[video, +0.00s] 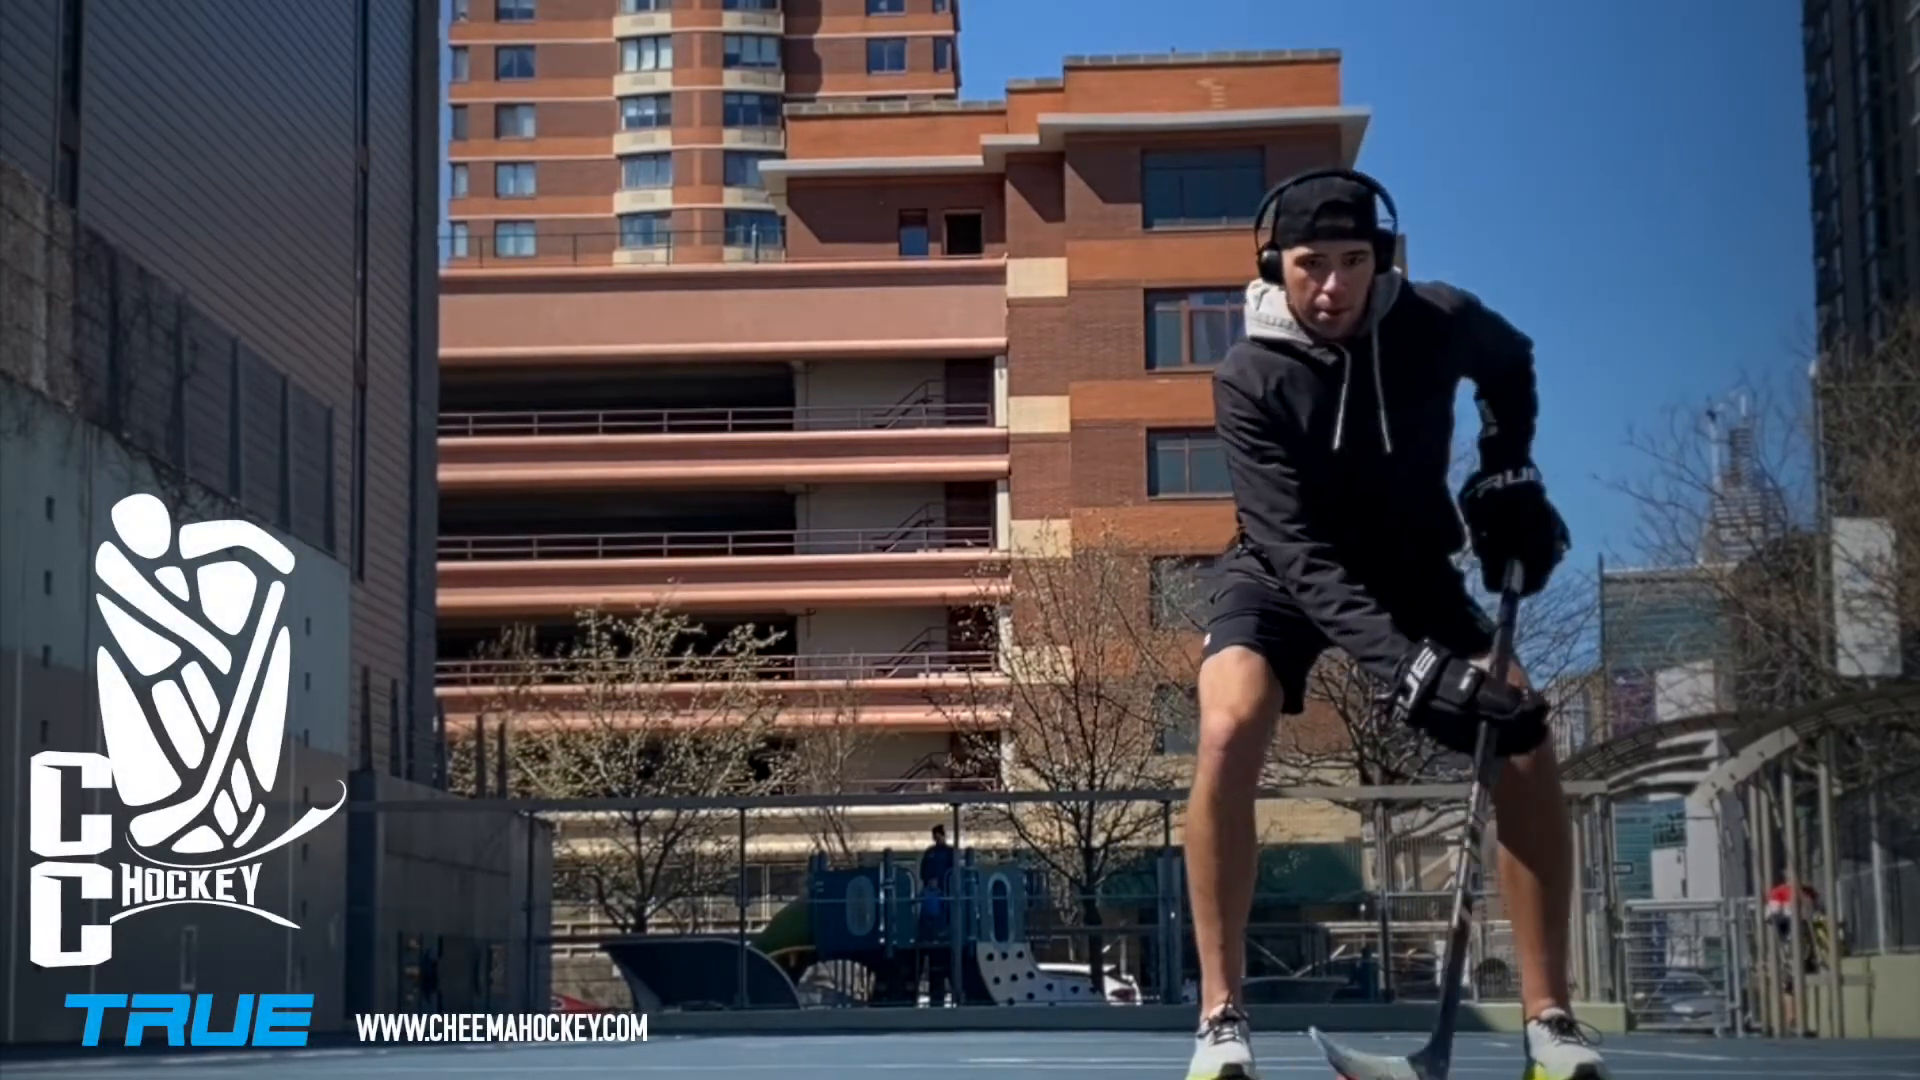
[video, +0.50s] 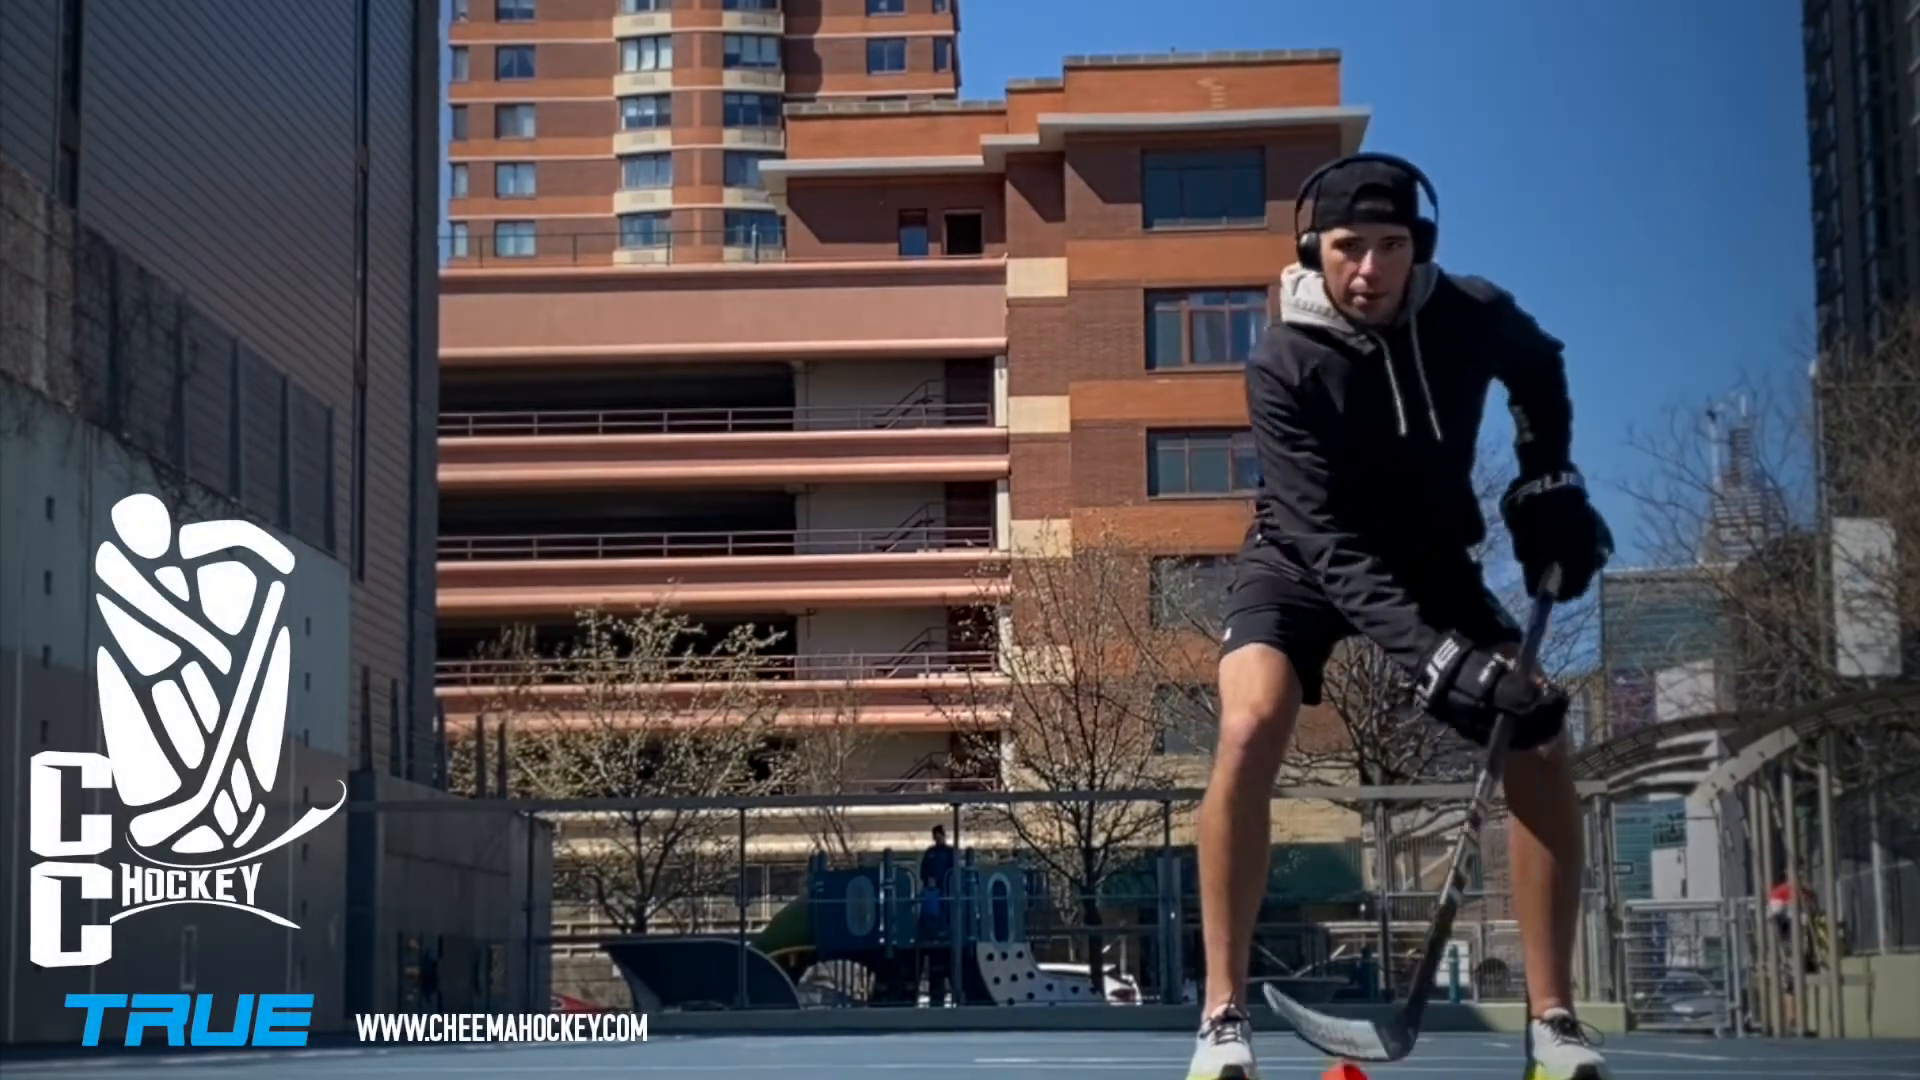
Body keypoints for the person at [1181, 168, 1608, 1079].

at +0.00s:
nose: (1330, 286)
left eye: (1349, 264)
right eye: (1310, 266)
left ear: (1379, 262)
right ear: (1278, 265)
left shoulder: (1432, 319)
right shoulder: (1253, 376)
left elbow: (1509, 362)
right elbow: (1294, 553)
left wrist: (1506, 474)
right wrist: (1411, 670)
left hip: (1412, 564)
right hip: (1284, 570)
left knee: (1523, 742)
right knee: (1230, 726)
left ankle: (1549, 1016)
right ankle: (1219, 1015)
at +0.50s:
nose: (1369, 271)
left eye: (1389, 249)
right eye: (1348, 249)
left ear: (1420, 250)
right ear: (1312, 252)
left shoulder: (1472, 315)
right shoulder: (1287, 361)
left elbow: (1538, 370)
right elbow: (1322, 544)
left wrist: (1548, 483)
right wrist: (1435, 660)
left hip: (1431, 558)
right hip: (1301, 558)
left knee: (1537, 742)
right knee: (1251, 727)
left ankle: (1553, 1018)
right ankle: (1222, 1013)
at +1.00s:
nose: (1306, 277)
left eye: (1325, 255)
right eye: (1286, 258)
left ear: (1360, 258)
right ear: (1261, 268)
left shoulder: (1426, 325)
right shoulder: (1244, 382)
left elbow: (1515, 369)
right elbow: (1286, 560)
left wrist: (1545, 485)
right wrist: (1408, 665)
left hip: (1410, 572)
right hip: (1282, 576)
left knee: (1525, 739)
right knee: (1227, 729)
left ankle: (1549, 1016)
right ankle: (1217, 1012)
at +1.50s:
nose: (1372, 253)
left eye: (1393, 230)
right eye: (1352, 232)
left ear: (1427, 230)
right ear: (1320, 235)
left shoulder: (1471, 280)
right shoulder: (1300, 350)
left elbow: (1532, 333)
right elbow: (1372, 523)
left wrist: (1573, 442)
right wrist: (1520, 640)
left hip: (1435, 533)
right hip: (1309, 536)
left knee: (1543, 745)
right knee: (1266, 727)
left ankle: (1556, 1019)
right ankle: (1224, 1014)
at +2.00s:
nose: (1336, 252)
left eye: (1357, 231)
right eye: (1316, 232)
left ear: (1394, 229)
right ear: (1288, 235)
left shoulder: (1448, 285)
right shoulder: (1265, 339)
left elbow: (1524, 337)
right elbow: (1305, 521)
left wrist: (1523, 456)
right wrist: (1411, 650)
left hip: (1418, 533)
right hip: (1286, 538)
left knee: (1523, 730)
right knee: (1238, 725)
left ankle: (1551, 1015)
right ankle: (1220, 1014)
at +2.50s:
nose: (1326, 266)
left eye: (1347, 244)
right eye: (1307, 246)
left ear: (1384, 237)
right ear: (1280, 243)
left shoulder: (1444, 289)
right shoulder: (1258, 344)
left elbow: (1523, 331)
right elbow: (1294, 526)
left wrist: (1530, 455)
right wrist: (1408, 644)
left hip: (1414, 536)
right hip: (1282, 542)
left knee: (1517, 730)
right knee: (1236, 725)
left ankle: (1550, 1013)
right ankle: (1220, 1013)